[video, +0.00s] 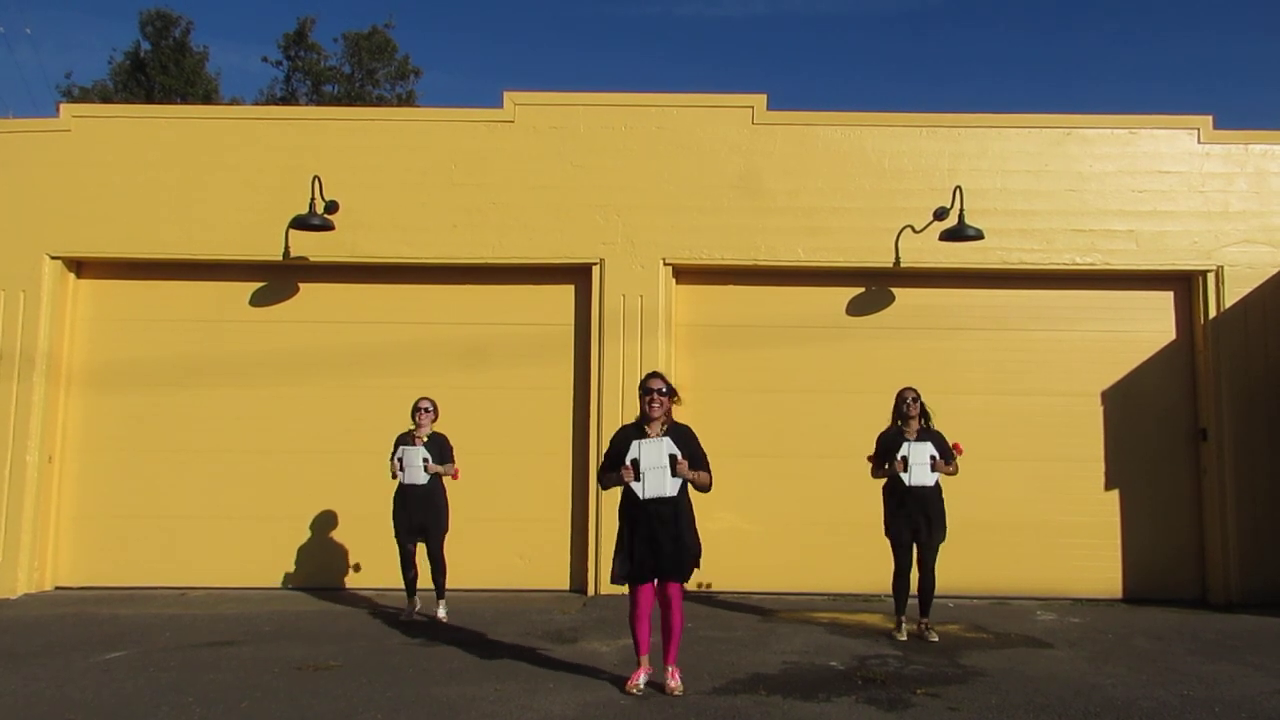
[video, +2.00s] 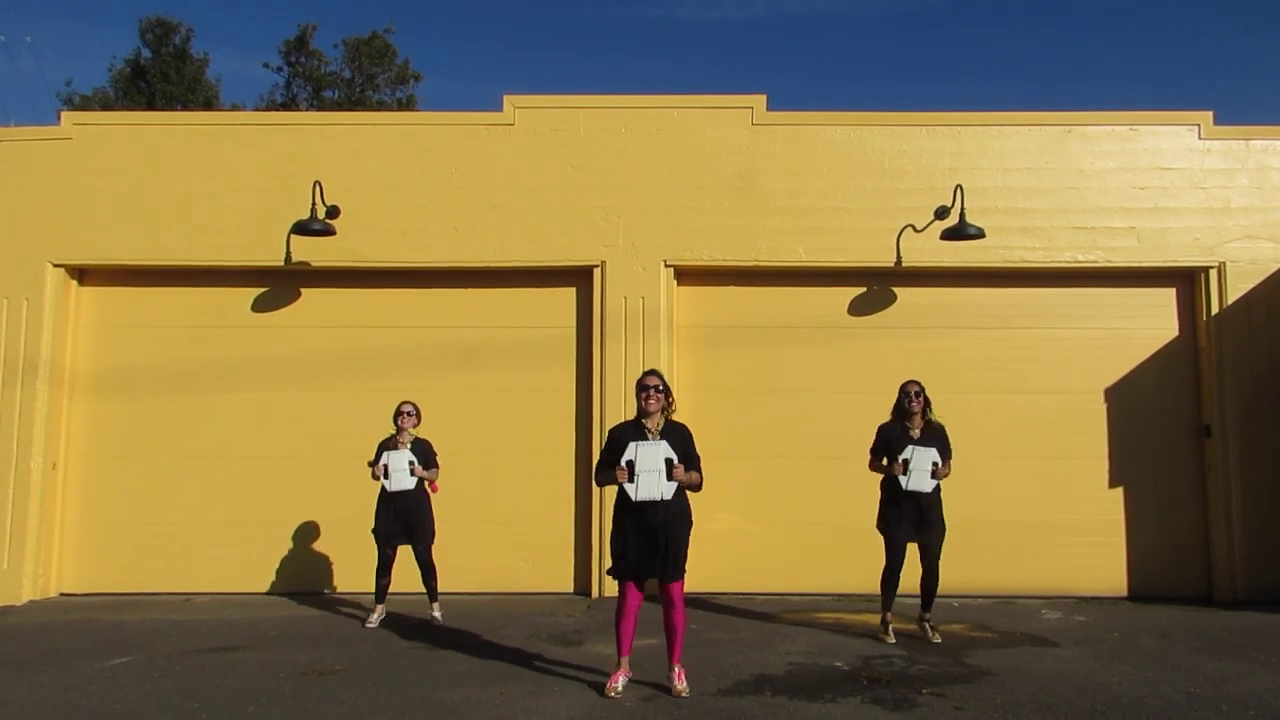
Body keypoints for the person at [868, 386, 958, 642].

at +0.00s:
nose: (910, 405)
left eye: (914, 401)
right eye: (904, 401)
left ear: (921, 405)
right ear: (897, 407)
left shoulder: (934, 436)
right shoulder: (888, 437)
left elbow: (954, 468)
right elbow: (875, 472)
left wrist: (942, 467)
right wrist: (892, 470)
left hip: (930, 510)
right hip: (898, 511)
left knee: (927, 567)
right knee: (902, 566)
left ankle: (924, 622)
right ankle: (900, 621)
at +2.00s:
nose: (913, 399)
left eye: (917, 394)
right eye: (907, 395)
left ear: (925, 399)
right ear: (900, 400)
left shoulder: (937, 430)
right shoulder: (888, 430)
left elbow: (947, 461)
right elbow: (873, 464)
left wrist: (943, 471)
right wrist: (890, 469)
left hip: (929, 507)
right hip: (896, 506)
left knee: (931, 564)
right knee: (894, 563)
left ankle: (925, 618)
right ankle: (886, 620)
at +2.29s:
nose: (921, 408)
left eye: (925, 404)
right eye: (915, 405)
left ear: (932, 407)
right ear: (907, 409)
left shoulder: (943, 438)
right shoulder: (901, 438)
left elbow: (958, 474)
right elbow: (893, 475)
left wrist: (964, 460)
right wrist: (909, 468)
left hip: (940, 515)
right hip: (908, 516)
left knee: (949, 574)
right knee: (898, 572)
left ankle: (958, 632)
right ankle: (878, 628)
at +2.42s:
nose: (924, 392)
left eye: (927, 387)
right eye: (918, 389)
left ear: (934, 392)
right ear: (909, 397)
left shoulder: (949, 421)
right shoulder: (903, 425)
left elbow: (980, 442)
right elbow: (896, 462)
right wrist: (895, 480)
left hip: (942, 501)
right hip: (908, 502)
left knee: (949, 563)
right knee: (899, 556)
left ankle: (954, 626)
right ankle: (869, 598)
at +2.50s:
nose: (927, 394)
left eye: (930, 390)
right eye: (921, 392)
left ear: (936, 395)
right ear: (912, 400)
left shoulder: (951, 421)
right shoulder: (907, 428)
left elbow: (992, 423)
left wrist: (1006, 404)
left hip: (945, 504)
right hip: (912, 504)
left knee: (951, 567)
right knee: (901, 561)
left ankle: (951, 628)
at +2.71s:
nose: (927, 395)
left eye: (930, 390)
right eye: (920, 392)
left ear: (936, 396)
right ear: (911, 399)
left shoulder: (949, 422)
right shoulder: (904, 430)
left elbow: (985, 419)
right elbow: (893, 465)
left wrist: (1006, 406)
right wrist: (892, 486)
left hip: (943, 506)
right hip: (910, 506)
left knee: (946, 566)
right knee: (904, 561)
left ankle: (953, 629)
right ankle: (877, 552)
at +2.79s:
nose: (925, 397)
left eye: (929, 393)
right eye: (919, 394)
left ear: (935, 398)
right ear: (909, 400)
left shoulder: (947, 423)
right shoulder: (900, 428)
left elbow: (980, 436)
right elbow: (890, 467)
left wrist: (985, 433)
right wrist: (906, 473)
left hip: (942, 502)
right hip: (907, 503)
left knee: (949, 565)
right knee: (902, 562)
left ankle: (959, 624)